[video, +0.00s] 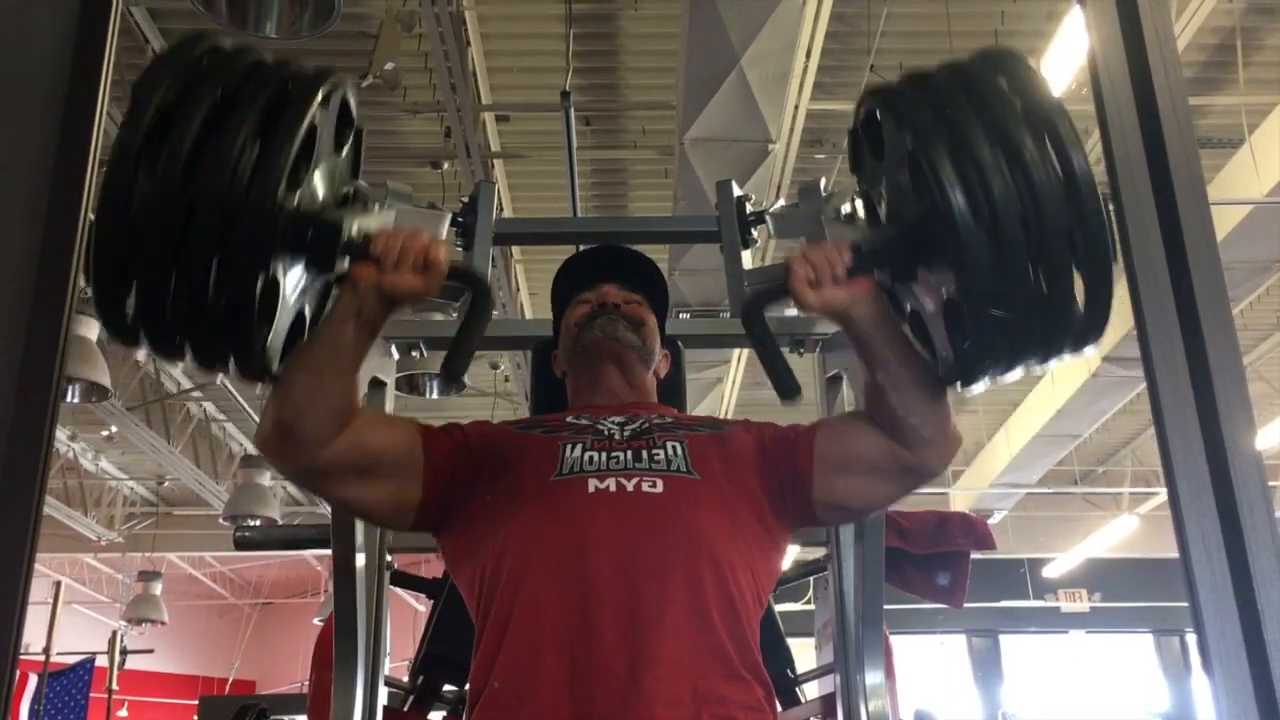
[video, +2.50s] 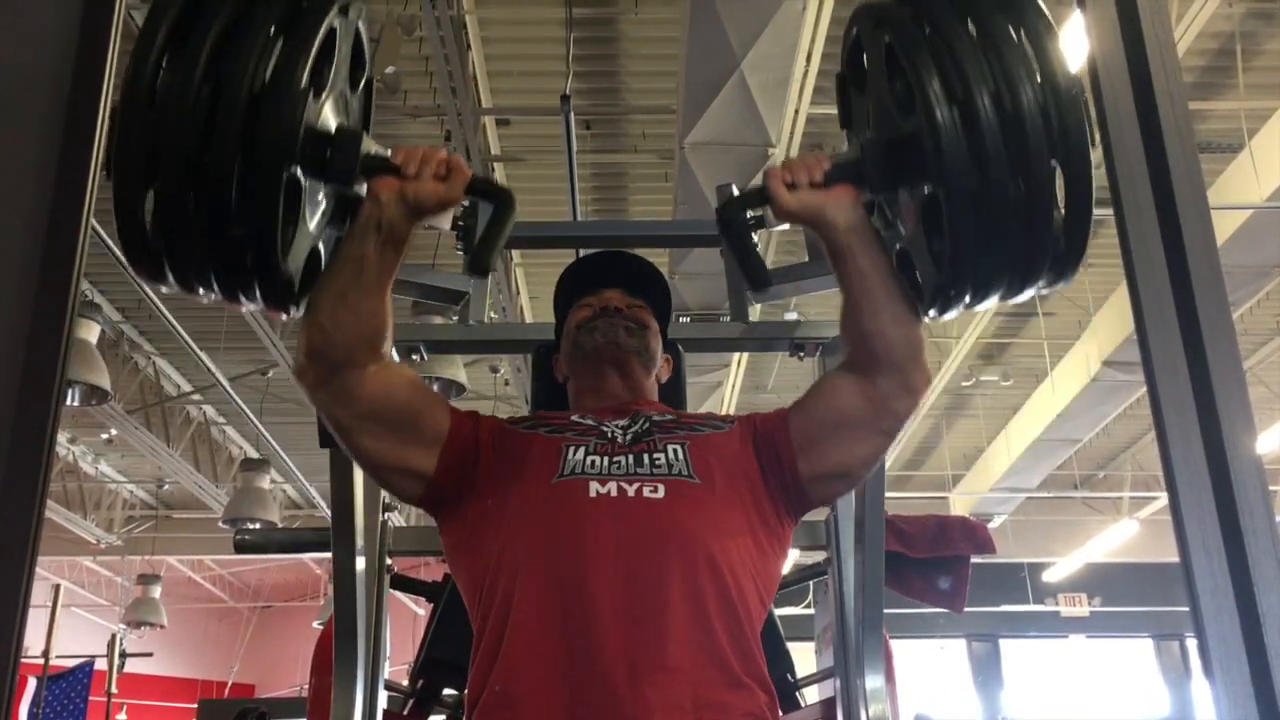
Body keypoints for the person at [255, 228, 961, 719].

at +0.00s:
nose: (609, 306)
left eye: (634, 308)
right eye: (584, 307)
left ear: (665, 361)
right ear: (553, 359)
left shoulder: (744, 453)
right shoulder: (488, 458)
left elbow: (924, 444)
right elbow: (302, 438)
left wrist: (860, 311)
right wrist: (363, 301)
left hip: (724, 703)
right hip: (525, 705)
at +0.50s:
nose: (609, 310)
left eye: (632, 310)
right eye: (585, 309)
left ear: (664, 362)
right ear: (555, 360)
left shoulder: (754, 448)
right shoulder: (485, 450)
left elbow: (836, 312)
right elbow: (406, 302)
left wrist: (824, 145)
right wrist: (408, 133)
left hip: (723, 707)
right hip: (515, 706)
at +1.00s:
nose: (611, 306)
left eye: (636, 306)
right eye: (585, 306)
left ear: (666, 357)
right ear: (555, 358)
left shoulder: (749, 455)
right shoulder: (486, 462)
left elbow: (906, 420)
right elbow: (319, 411)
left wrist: (853, 269)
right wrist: (376, 259)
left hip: (725, 707)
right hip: (526, 707)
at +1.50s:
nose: (616, 301)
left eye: (639, 302)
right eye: (589, 301)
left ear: (669, 359)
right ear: (555, 360)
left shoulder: (748, 462)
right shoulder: (486, 468)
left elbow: (922, 544)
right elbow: (299, 548)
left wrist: (882, 404)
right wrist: (342, 403)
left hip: (725, 707)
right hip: (528, 708)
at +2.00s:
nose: (616, 306)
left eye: (639, 307)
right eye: (591, 306)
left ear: (670, 360)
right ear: (557, 359)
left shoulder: (748, 465)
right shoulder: (489, 471)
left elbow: (917, 558)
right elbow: (298, 557)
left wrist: (890, 425)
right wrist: (336, 418)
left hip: (724, 705)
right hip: (530, 707)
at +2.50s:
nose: (610, 319)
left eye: (634, 316)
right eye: (586, 315)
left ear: (667, 365)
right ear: (556, 363)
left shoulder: (753, 452)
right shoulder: (484, 456)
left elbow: (892, 381)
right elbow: (337, 367)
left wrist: (842, 221)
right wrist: (387, 217)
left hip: (726, 705)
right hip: (523, 706)